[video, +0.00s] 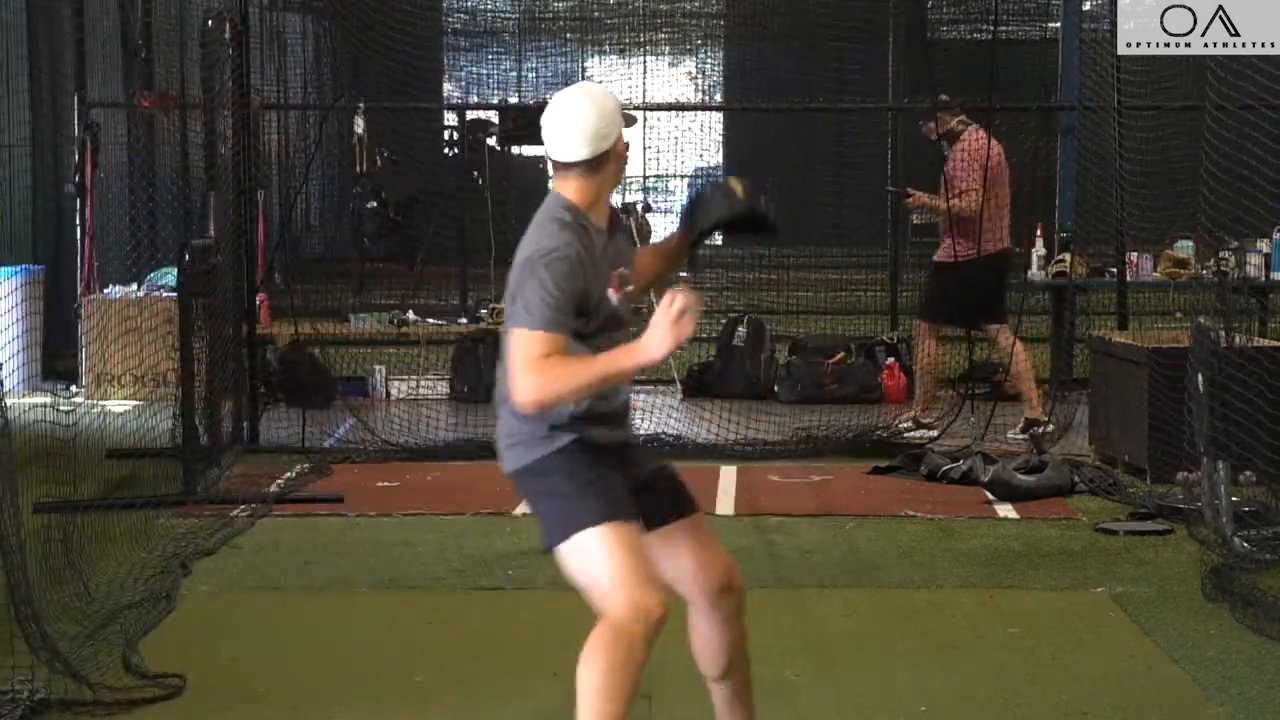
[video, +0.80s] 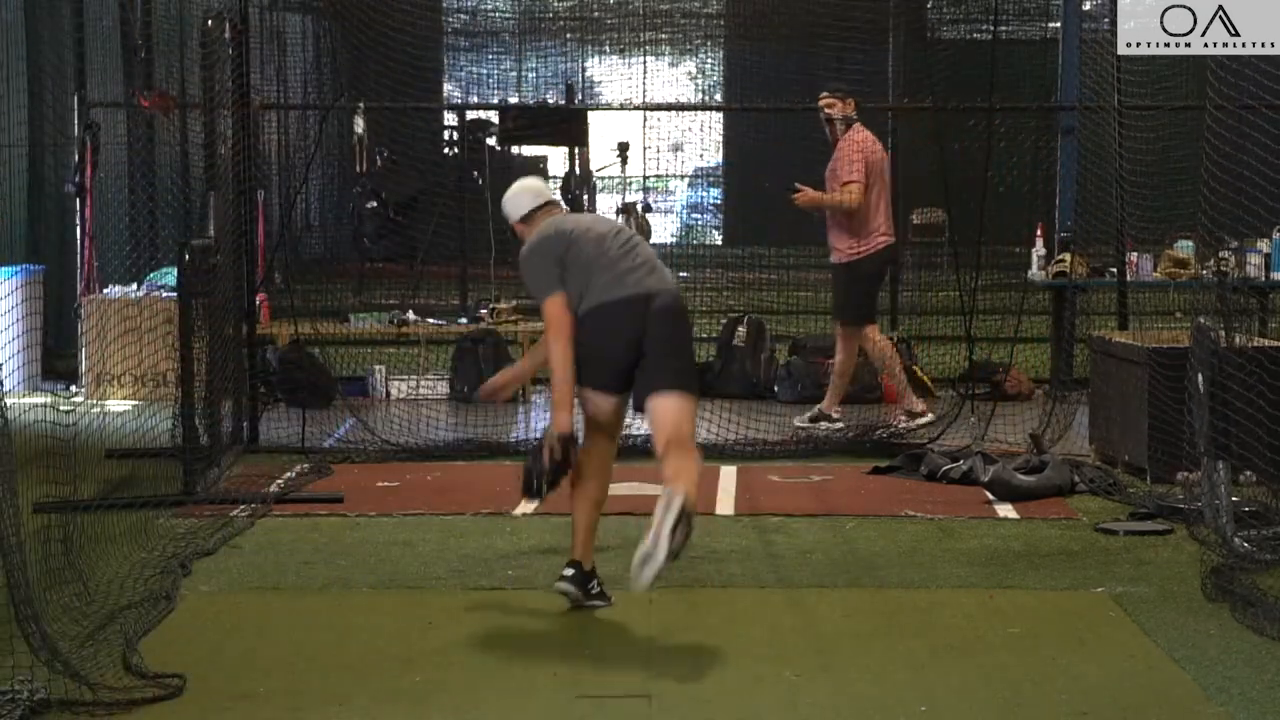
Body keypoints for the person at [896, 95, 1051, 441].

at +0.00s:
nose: (929, 133)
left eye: (930, 126)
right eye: (927, 127)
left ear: (946, 119)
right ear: (957, 116)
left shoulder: (964, 149)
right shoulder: (989, 144)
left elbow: (969, 206)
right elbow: (986, 206)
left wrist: (927, 202)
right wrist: (934, 208)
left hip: (960, 259)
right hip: (992, 256)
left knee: (926, 330)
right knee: (999, 332)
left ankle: (924, 416)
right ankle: (1035, 414)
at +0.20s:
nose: (897, 129)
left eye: (897, 122)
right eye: (894, 124)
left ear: (911, 115)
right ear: (924, 112)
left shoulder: (928, 143)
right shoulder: (959, 140)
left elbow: (935, 201)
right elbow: (970, 195)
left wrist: (895, 199)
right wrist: (906, 196)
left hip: (927, 252)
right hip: (959, 249)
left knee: (915, 331)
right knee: (954, 328)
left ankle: (923, 415)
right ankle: (1009, 388)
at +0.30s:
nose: (883, 130)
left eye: (883, 123)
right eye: (880, 125)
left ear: (898, 113)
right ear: (907, 111)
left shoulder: (914, 142)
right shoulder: (943, 137)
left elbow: (917, 200)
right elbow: (953, 195)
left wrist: (878, 199)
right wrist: (890, 194)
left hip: (919, 251)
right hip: (944, 248)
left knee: (912, 329)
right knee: (927, 325)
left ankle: (921, 415)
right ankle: (977, 386)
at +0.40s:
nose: (867, 127)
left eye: (867, 120)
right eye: (864, 121)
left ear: (879, 113)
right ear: (894, 108)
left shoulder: (898, 141)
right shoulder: (928, 134)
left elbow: (899, 200)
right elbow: (942, 191)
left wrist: (867, 195)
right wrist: (883, 188)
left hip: (909, 249)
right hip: (932, 243)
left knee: (908, 330)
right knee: (912, 328)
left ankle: (922, 413)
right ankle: (934, 401)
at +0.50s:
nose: (852, 121)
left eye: (855, 113)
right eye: (849, 115)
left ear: (874, 107)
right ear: (877, 109)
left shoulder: (884, 141)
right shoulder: (915, 138)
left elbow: (887, 197)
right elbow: (928, 196)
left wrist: (850, 198)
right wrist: (865, 194)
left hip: (900, 248)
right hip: (922, 244)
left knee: (898, 329)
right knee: (896, 328)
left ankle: (917, 412)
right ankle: (899, 409)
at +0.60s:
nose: (843, 117)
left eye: (847, 109)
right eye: (840, 111)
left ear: (867, 106)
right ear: (868, 112)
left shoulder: (871, 143)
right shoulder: (899, 138)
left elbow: (873, 198)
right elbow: (910, 197)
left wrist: (840, 201)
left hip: (888, 250)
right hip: (907, 246)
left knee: (890, 332)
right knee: (876, 332)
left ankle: (922, 412)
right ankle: (855, 405)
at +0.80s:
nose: (825, 114)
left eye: (830, 107)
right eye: (822, 109)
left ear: (849, 107)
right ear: (824, 112)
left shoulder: (853, 143)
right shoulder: (867, 140)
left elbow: (852, 199)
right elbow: (864, 197)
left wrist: (816, 199)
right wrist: (824, 198)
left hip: (859, 254)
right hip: (866, 251)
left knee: (865, 332)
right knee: (848, 331)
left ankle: (914, 406)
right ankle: (829, 408)